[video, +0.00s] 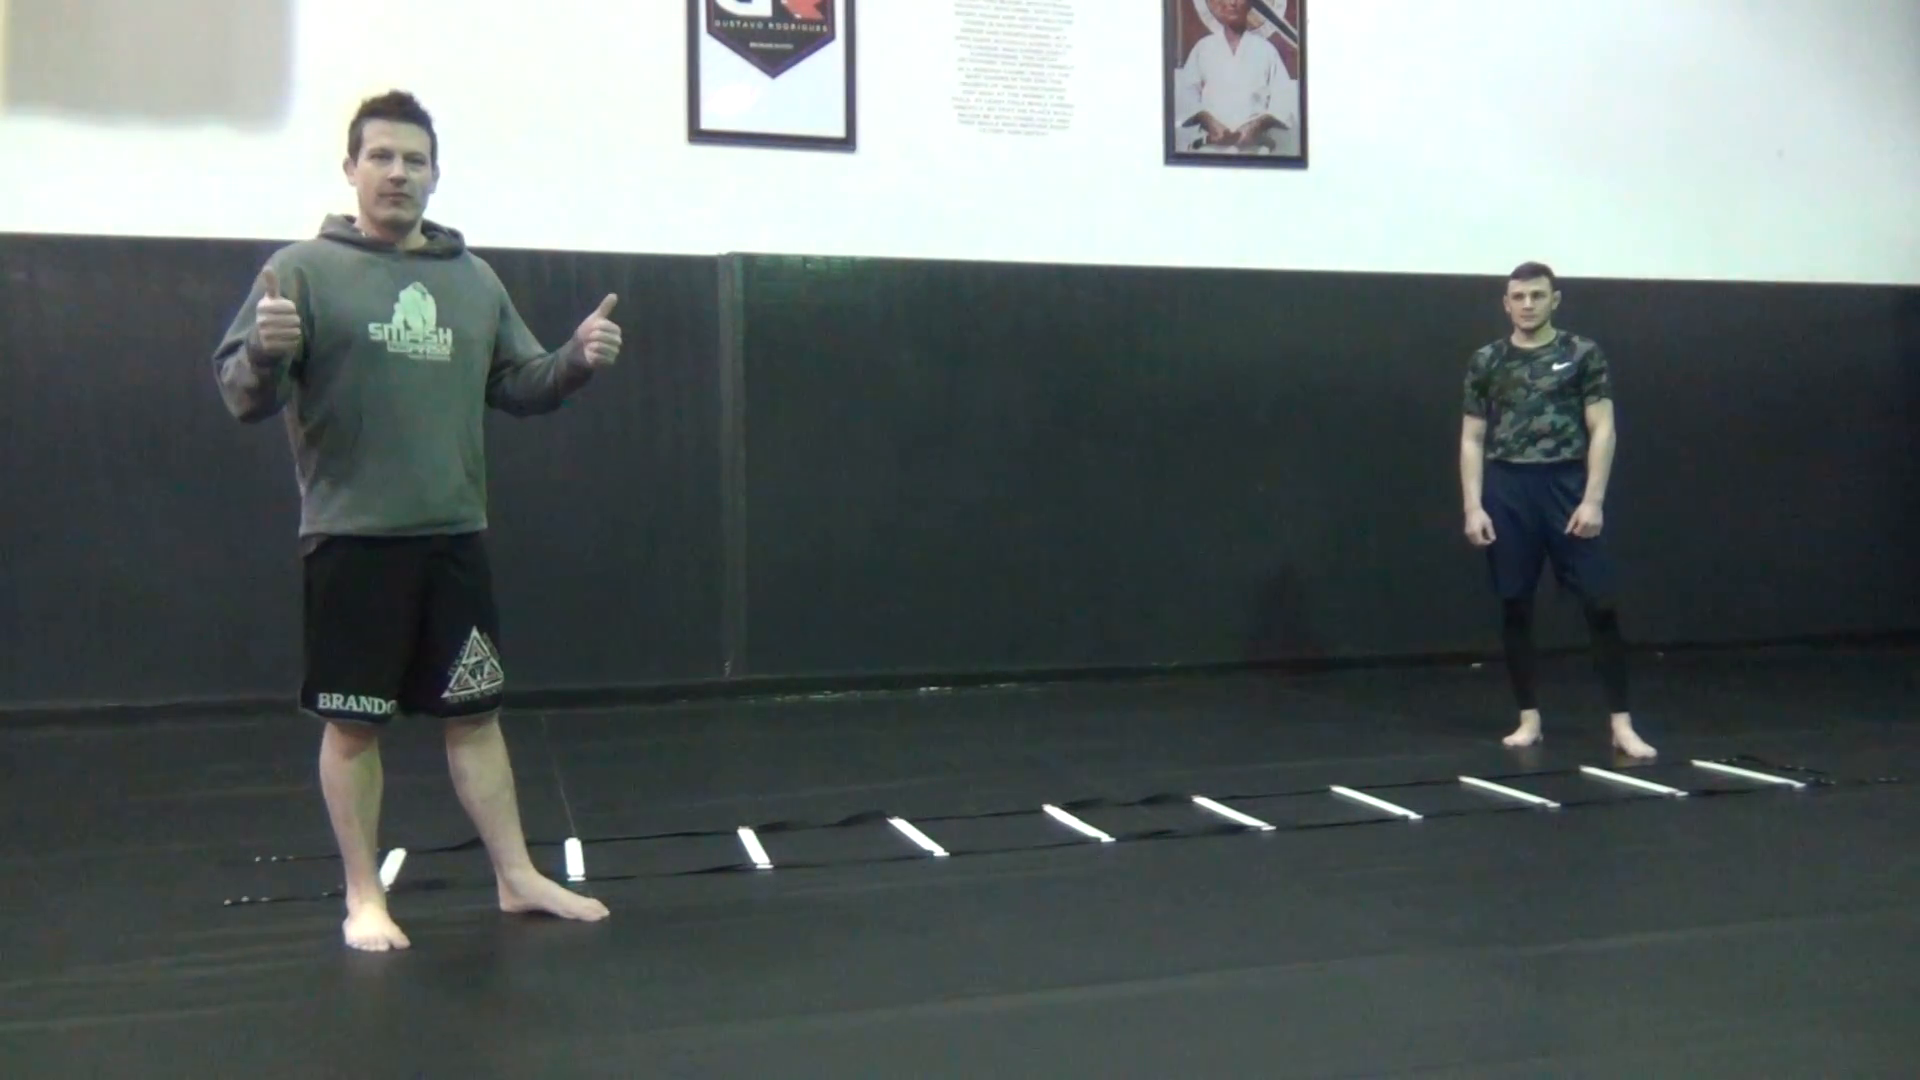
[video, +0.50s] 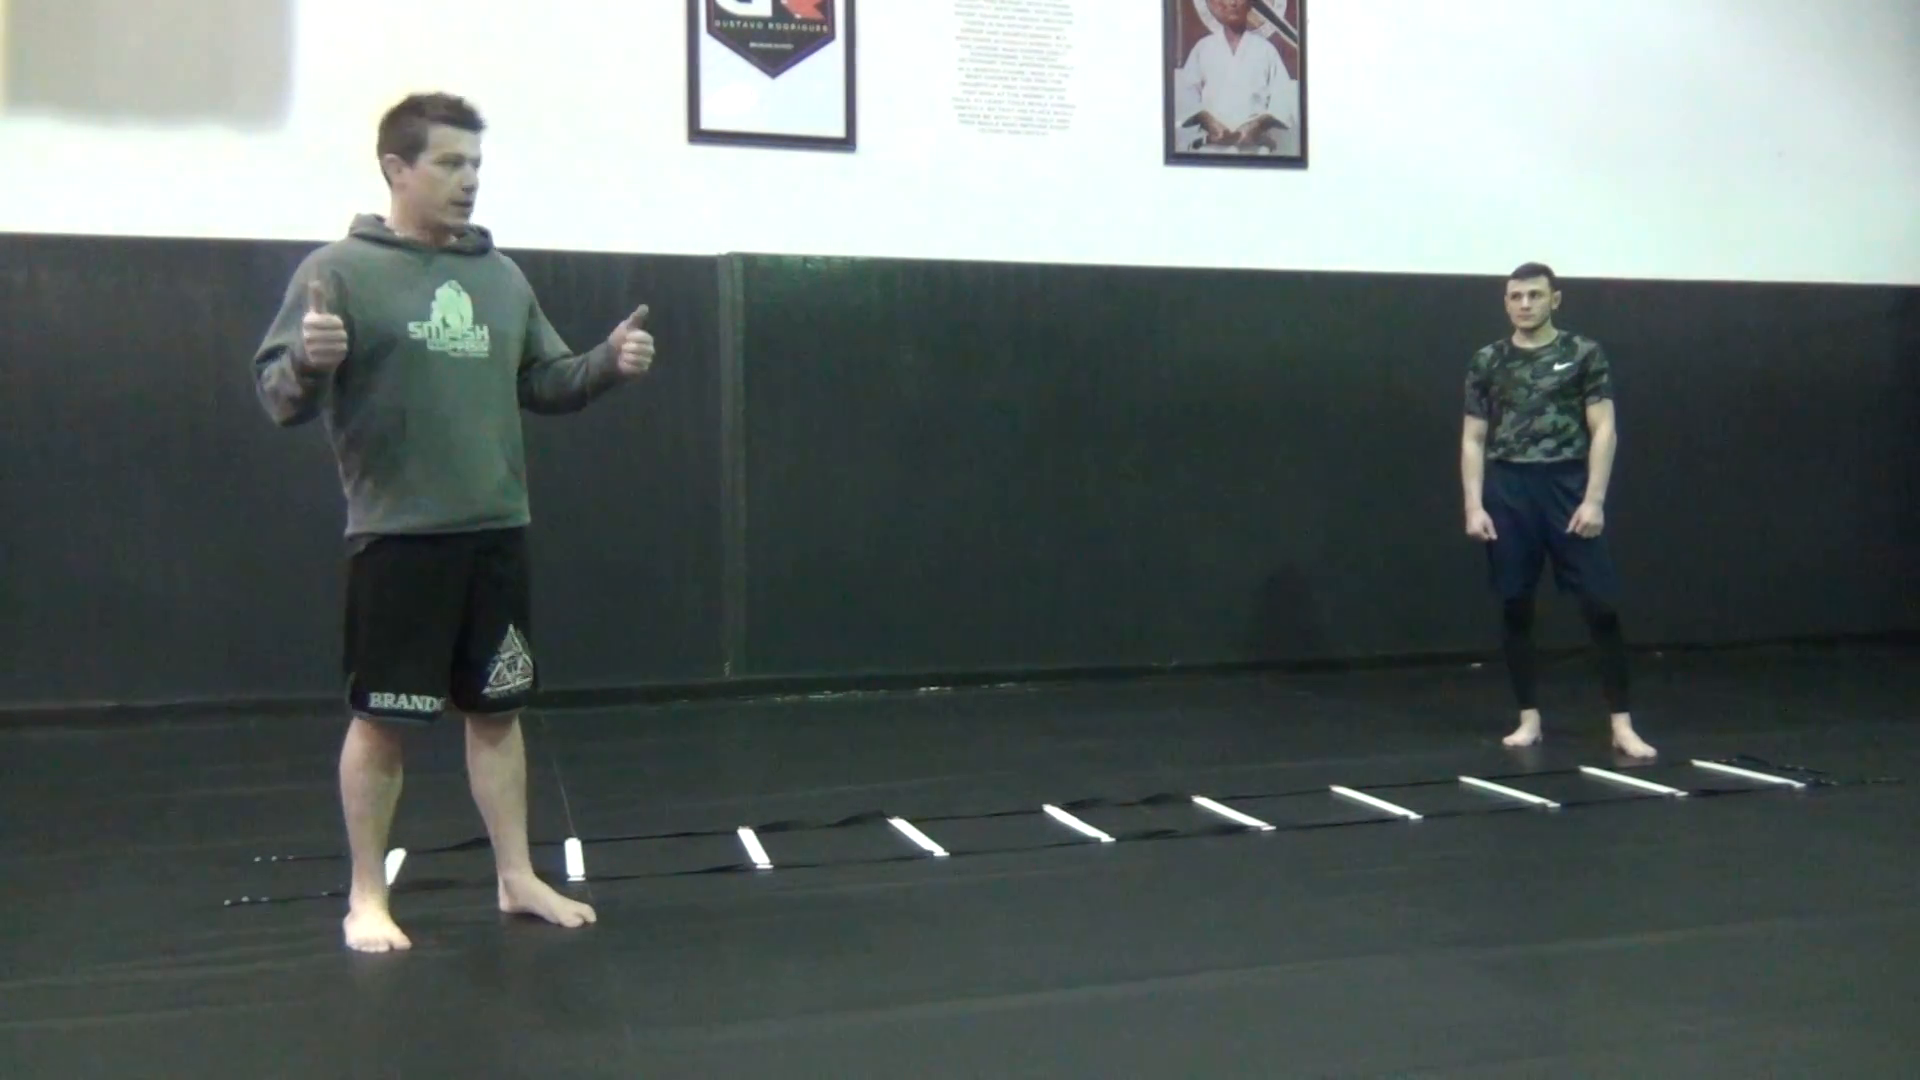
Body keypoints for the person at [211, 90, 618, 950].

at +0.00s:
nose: (396, 173)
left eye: (413, 160)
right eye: (380, 157)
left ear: (435, 174)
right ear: (350, 168)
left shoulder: (474, 279)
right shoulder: (301, 270)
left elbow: (519, 386)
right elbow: (242, 399)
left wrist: (573, 360)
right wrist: (261, 353)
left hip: (454, 530)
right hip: (350, 534)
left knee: (474, 711)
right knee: (352, 724)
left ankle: (518, 877)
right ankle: (364, 903)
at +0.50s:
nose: (470, 181)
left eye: (476, 166)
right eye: (453, 165)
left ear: (479, 172)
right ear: (397, 169)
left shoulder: (501, 276)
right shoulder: (337, 272)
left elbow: (544, 382)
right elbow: (278, 401)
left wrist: (603, 363)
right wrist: (307, 364)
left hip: (495, 527)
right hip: (395, 531)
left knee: (496, 711)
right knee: (382, 719)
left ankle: (519, 880)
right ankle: (367, 902)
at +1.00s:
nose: (538, 195)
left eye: (536, 180)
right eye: (524, 181)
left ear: (485, 186)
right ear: (469, 185)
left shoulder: (524, 274)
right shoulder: (405, 275)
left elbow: (549, 405)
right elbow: (470, 368)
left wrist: (568, 505)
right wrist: (580, 326)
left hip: (537, 523)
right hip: (460, 527)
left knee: (516, 712)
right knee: (421, 713)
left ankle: (519, 880)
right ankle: (367, 893)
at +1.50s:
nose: (523, 184)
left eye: (536, 170)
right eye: (506, 167)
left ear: (548, 182)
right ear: (468, 173)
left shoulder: (560, 282)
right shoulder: (432, 270)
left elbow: (583, 412)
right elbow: (455, 381)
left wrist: (620, 502)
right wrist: (585, 368)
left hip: (553, 523)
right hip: (473, 520)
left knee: (525, 709)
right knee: (432, 707)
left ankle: (519, 880)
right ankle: (370, 886)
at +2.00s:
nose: (550, 190)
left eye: (566, 178)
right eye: (535, 172)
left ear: (580, 191)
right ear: (502, 176)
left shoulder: (587, 299)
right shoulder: (438, 269)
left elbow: (606, 426)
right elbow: (367, 391)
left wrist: (641, 525)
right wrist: (324, 505)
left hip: (525, 536)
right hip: (434, 526)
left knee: (512, 709)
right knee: (392, 697)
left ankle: (520, 879)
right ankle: (320, 873)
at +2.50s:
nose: (367, 180)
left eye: (386, 166)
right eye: (350, 163)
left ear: (405, 181)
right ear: (320, 174)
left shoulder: (438, 290)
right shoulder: (266, 282)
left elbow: (473, 426)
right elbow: (224, 417)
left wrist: (512, 523)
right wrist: (298, 501)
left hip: (417, 556)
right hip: (306, 555)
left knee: (477, 706)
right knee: (250, 731)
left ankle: (517, 882)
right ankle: (174, 928)